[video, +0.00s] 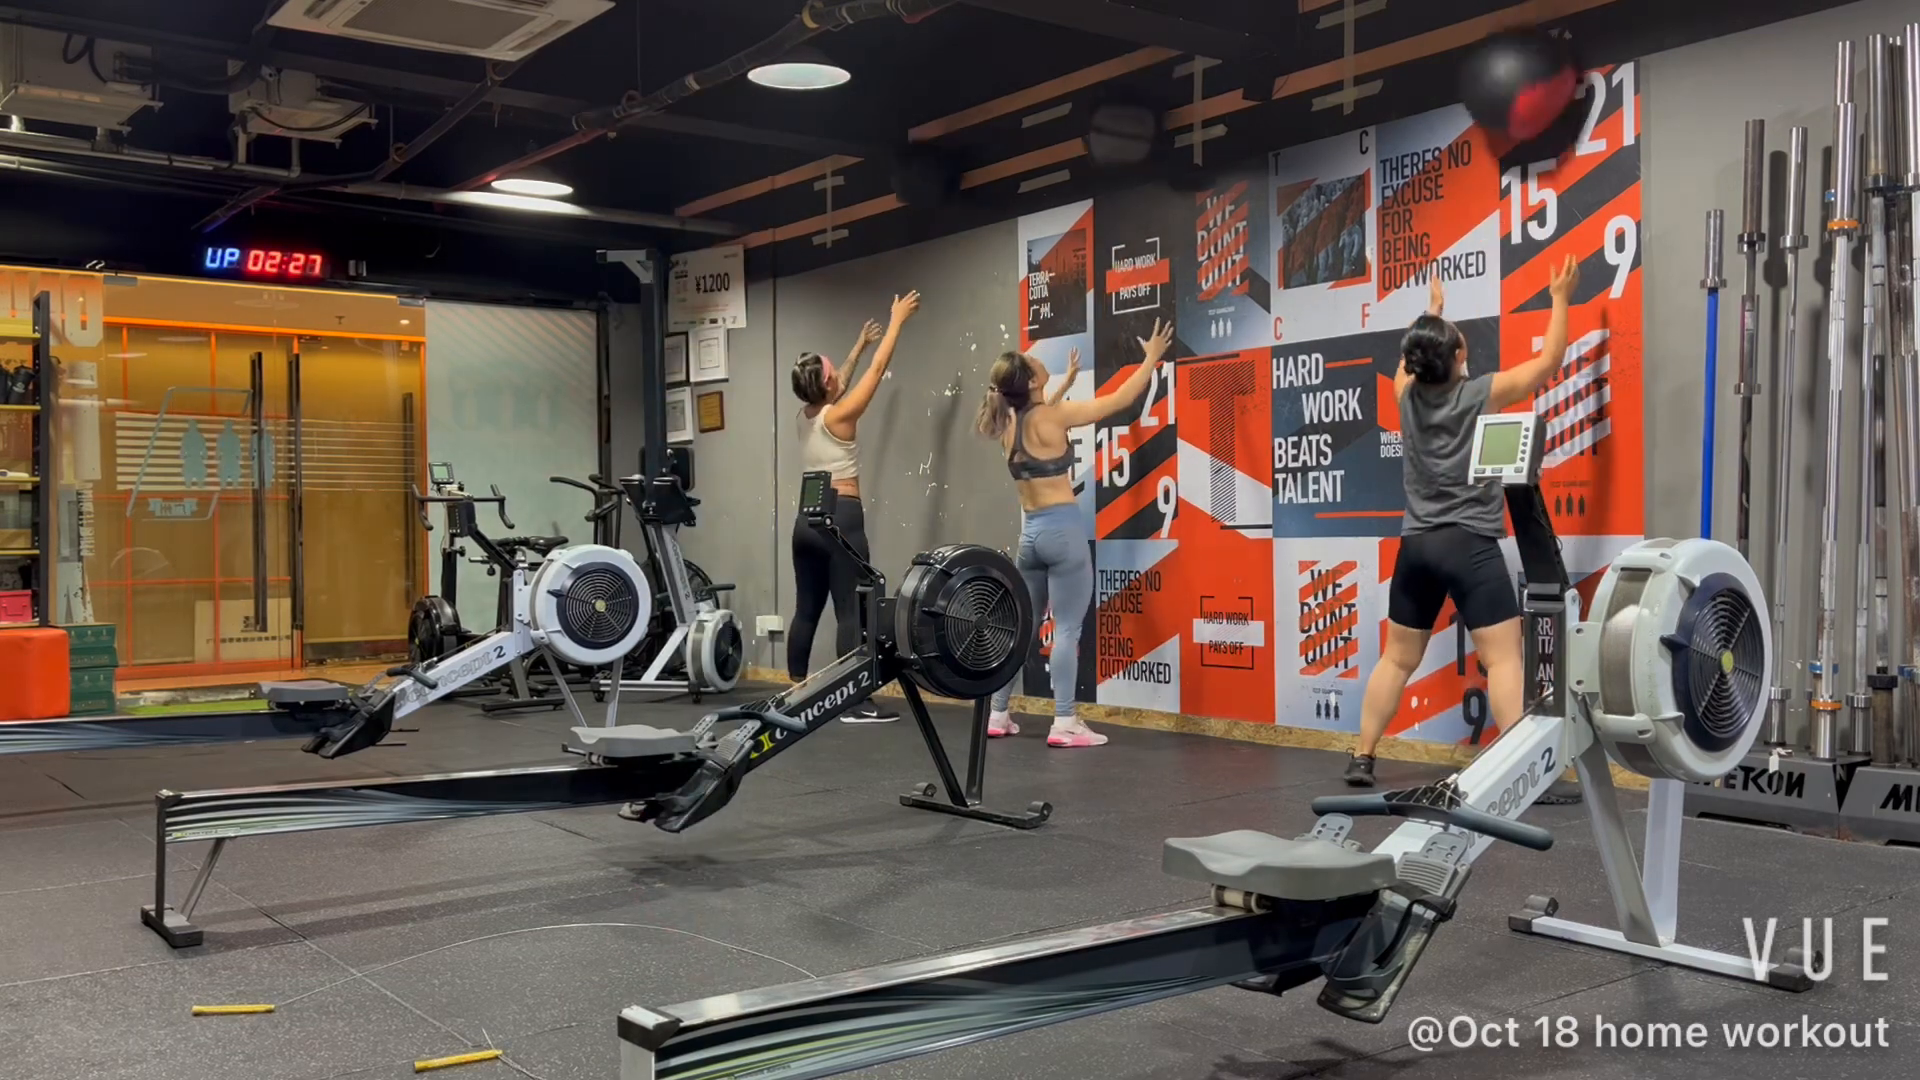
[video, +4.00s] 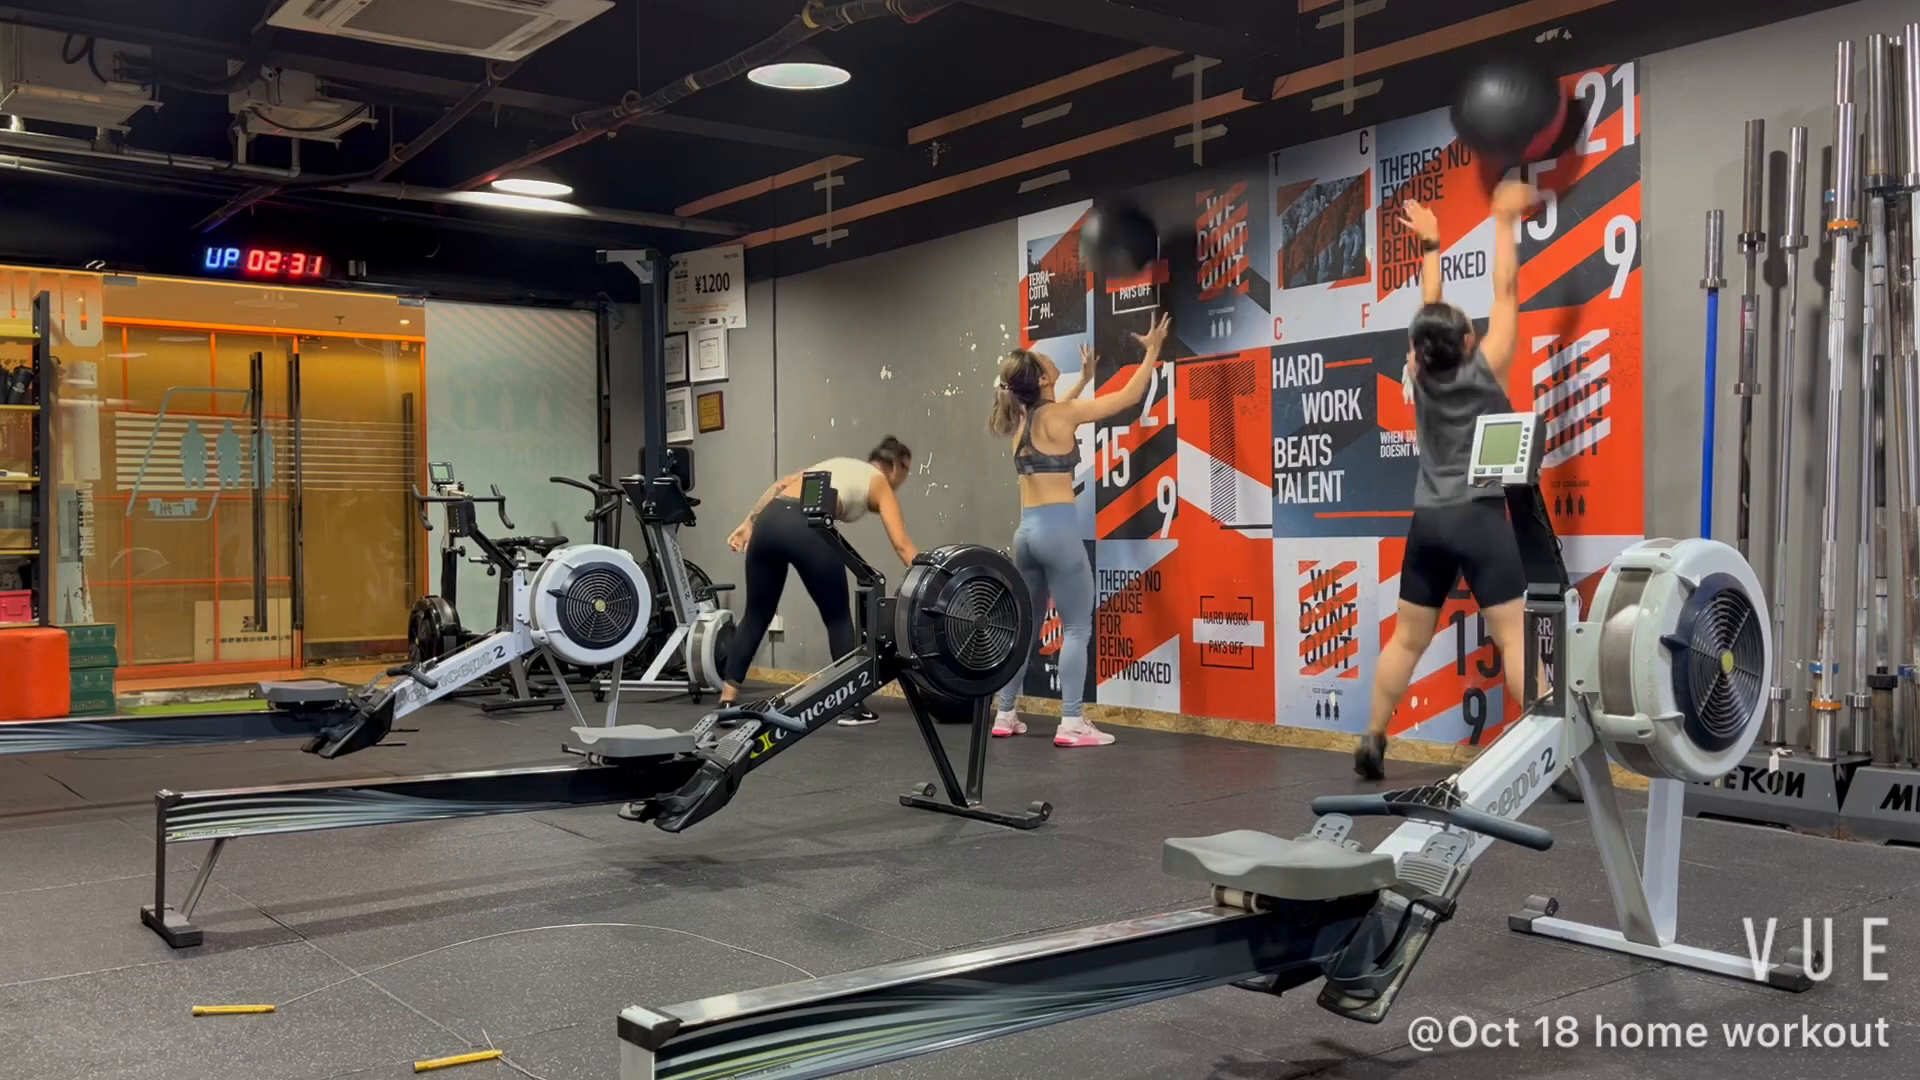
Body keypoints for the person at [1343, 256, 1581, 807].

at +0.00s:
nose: (1467, 349)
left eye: (1462, 345)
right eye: (1463, 346)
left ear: (1417, 363)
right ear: (1457, 359)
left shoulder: (1408, 396)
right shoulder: (1481, 393)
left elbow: (1408, 362)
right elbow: (1547, 363)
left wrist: (1431, 321)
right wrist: (1560, 298)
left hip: (1417, 545)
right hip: (1470, 546)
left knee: (1397, 660)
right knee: (1501, 660)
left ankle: (1361, 759)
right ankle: (1525, 772)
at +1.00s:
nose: (1480, 476)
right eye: (1475, 470)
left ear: (1430, 482)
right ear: (1473, 480)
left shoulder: (1419, 525)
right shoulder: (1497, 533)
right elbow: (1517, 606)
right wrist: (1545, 546)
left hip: (1391, 650)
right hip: (1452, 651)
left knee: (1392, 681)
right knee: (1551, 667)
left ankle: (1363, 758)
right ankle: (1542, 772)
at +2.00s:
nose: (1454, 352)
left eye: (1446, 348)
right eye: (1449, 349)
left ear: (1403, 369)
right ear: (1445, 365)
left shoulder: (1396, 406)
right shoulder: (1468, 400)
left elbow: (1392, 341)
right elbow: (1491, 325)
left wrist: (1401, 276)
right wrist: (1485, 251)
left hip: (1417, 553)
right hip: (1470, 552)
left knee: (1401, 661)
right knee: (1507, 663)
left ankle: (1363, 762)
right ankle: (1520, 776)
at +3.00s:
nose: (1480, 483)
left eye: (1477, 477)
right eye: (1477, 478)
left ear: (1428, 491)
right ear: (1472, 488)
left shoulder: (1415, 535)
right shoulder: (1494, 544)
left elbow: (1412, 596)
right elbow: (1512, 616)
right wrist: (1528, 591)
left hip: (1389, 664)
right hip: (1454, 665)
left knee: (1401, 687)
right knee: (1549, 671)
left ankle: (1366, 759)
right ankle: (1529, 773)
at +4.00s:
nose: (1476, 330)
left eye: (1461, 326)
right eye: (1470, 326)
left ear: (1424, 347)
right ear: (1467, 341)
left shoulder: (1422, 377)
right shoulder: (1485, 371)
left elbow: (1428, 314)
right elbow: (1507, 292)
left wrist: (1430, 246)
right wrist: (1506, 220)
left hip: (1429, 522)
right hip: (1483, 519)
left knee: (1406, 640)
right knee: (1514, 640)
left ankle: (1373, 738)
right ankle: (1554, 743)